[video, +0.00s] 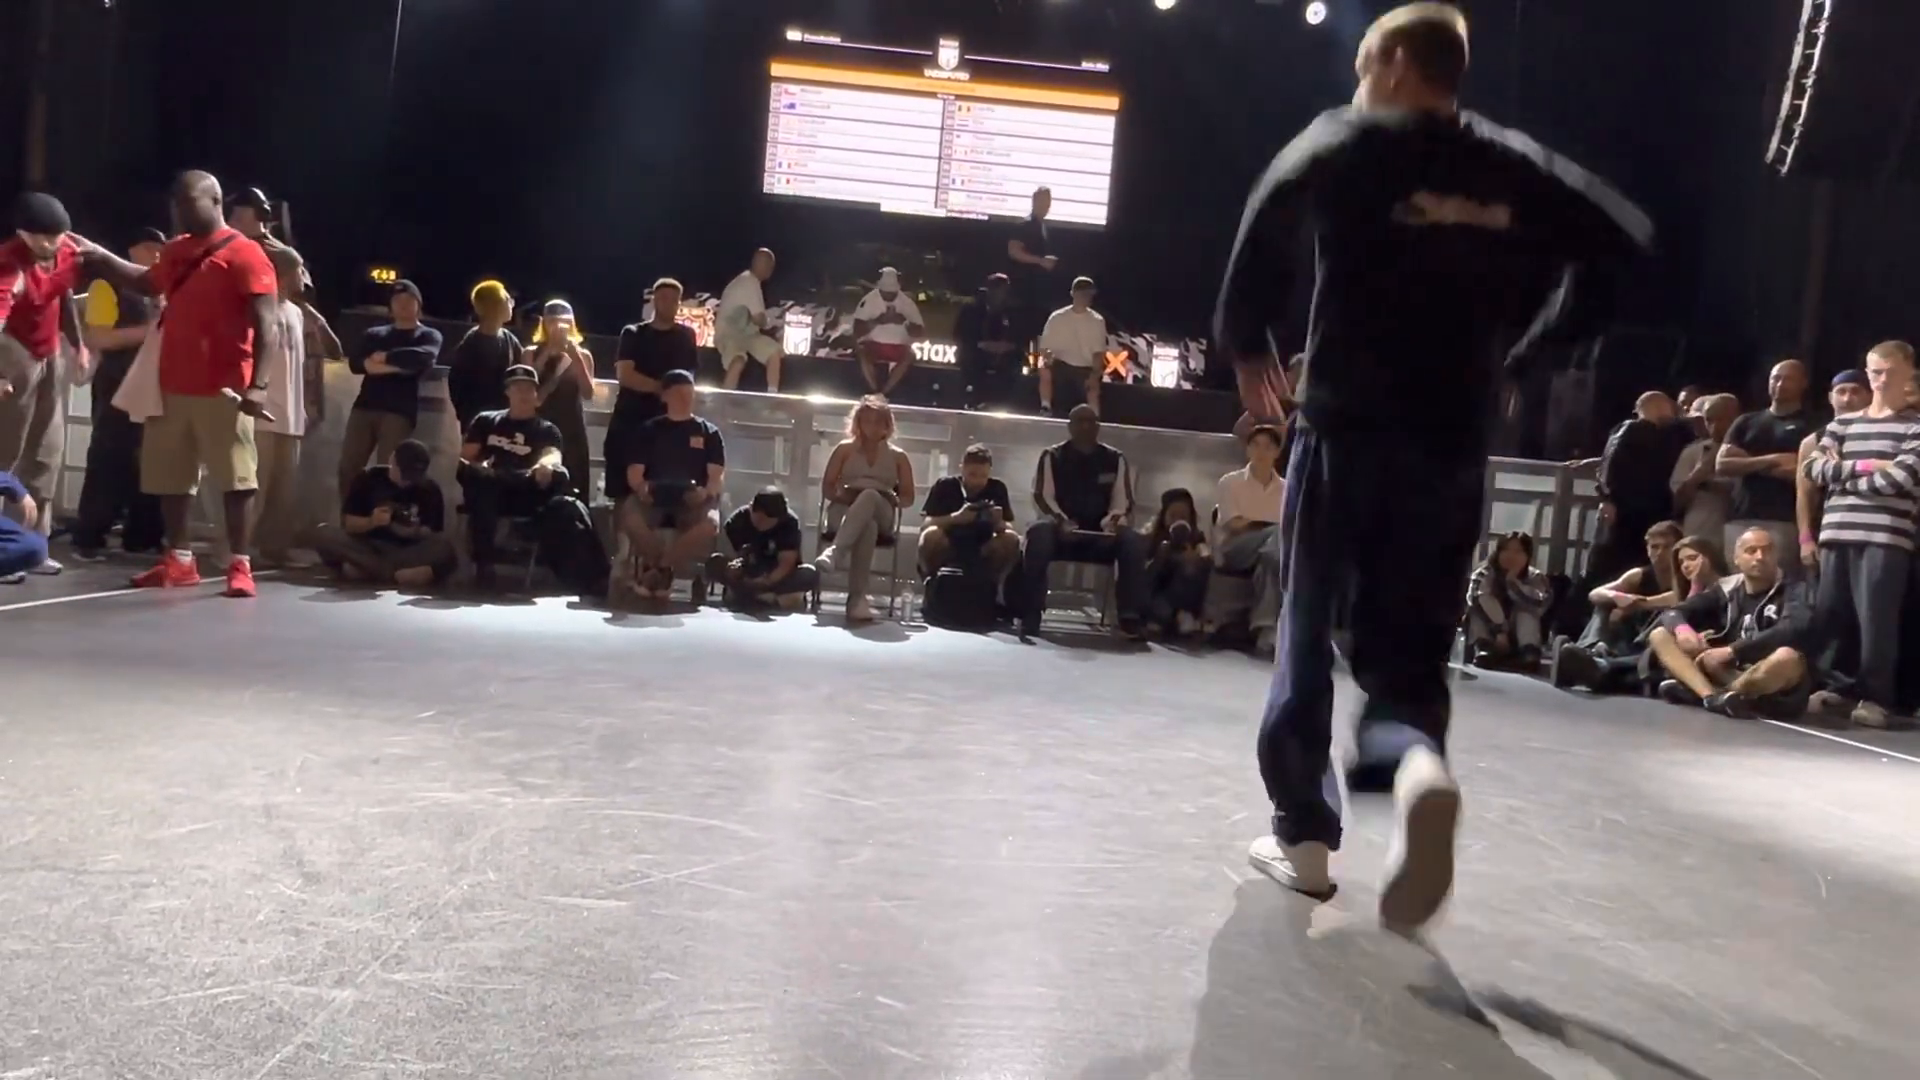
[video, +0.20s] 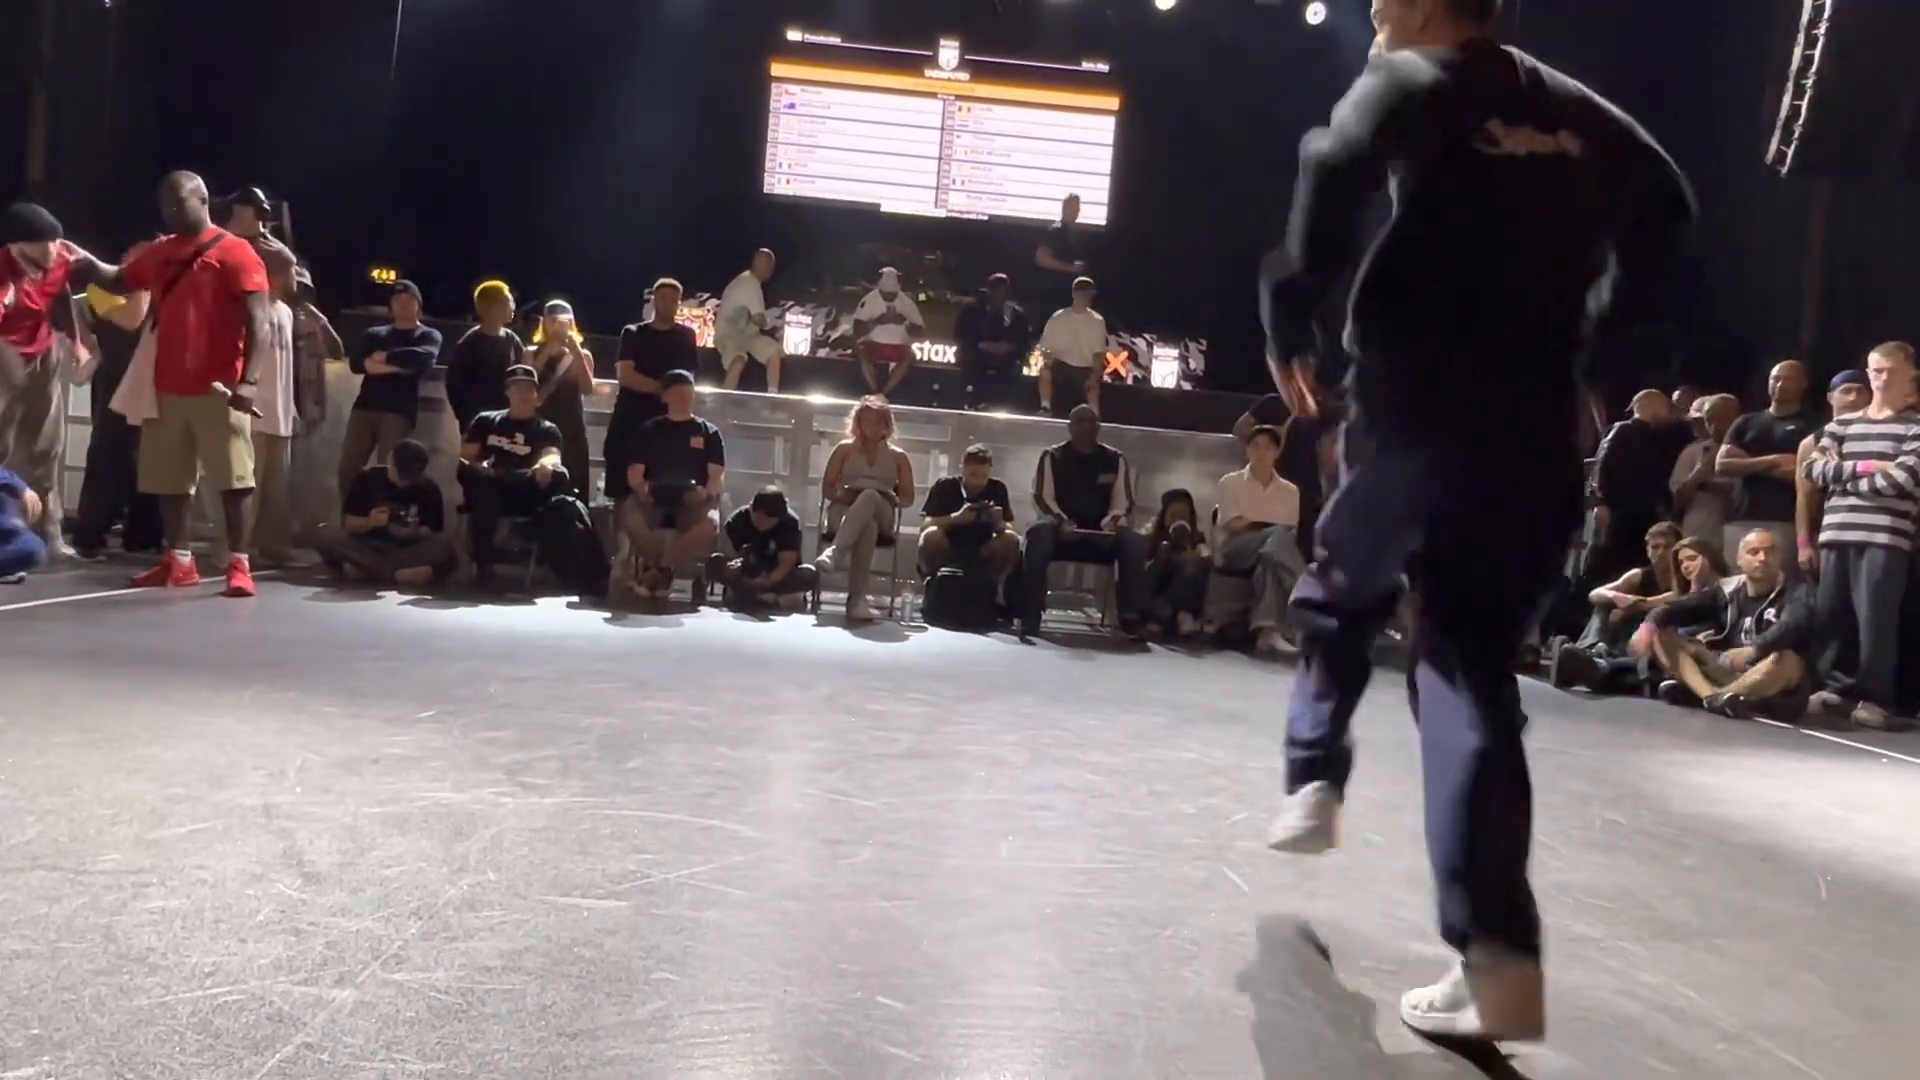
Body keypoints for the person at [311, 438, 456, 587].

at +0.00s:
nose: (405, 484)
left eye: (411, 481)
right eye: (402, 477)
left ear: (421, 473)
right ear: (392, 462)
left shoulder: (429, 489)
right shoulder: (368, 479)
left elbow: (435, 533)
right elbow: (349, 524)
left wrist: (414, 532)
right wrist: (371, 522)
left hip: (410, 550)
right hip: (368, 546)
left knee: (444, 550)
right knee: (323, 534)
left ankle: (370, 572)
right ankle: (393, 574)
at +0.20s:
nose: (404, 484)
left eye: (409, 480)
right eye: (400, 477)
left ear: (420, 473)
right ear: (390, 462)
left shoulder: (429, 489)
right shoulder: (367, 479)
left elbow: (434, 532)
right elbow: (349, 524)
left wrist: (415, 531)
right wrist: (369, 522)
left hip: (409, 550)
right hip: (368, 546)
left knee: (443, 549)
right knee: (323, 534)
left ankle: (370, 572)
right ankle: (393, 574)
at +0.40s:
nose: (402, 483)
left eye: (408, 480)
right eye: (398, 477)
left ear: (419, 471)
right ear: (388, 462)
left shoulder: (428, 489)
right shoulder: (366, 480)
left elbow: (432, 531)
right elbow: (348, 524)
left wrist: (408, 532)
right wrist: (368, 523)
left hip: (410, 550)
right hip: (369, 546)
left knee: (443, 549)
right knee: (326, 535)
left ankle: (369, 571)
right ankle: (393, 573)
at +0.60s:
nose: (400, 483)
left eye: (407, 480)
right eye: (397, 477)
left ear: (418, 471)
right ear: (387, 462)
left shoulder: (428, 489)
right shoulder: (365, 480)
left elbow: (432, 530)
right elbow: (348, 524)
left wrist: (407, 532)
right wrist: (367, 522)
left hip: (410, 550)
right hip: (369, 546)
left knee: (443, 548)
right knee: (326, 536)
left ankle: (369, 571)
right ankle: (394, 573)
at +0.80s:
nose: (401, 483)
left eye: (407, 480)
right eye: (397, 477)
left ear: (418, 471)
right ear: (387, 462)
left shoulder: (428, 489)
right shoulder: (365, 480)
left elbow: (433, 531)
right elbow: (349, 524)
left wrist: (408, 531)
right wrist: (366, 522)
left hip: (410, 549)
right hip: (371, 546)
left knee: (445, 551)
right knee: (327, 536)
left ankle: (370, 572)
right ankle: (394, 574)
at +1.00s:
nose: (401, 474)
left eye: (406, 468)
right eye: (396, 468)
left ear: (414, 465)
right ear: (385, 460)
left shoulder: (426, 487)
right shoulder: (363, 480)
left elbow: (430, 528)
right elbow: (347, 523)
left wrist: (406, 533)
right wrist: (364, 522)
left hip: (410, 548)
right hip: (370, 544)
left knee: (446, 551)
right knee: (326, 536)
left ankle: (371, 572)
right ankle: (393, 573)